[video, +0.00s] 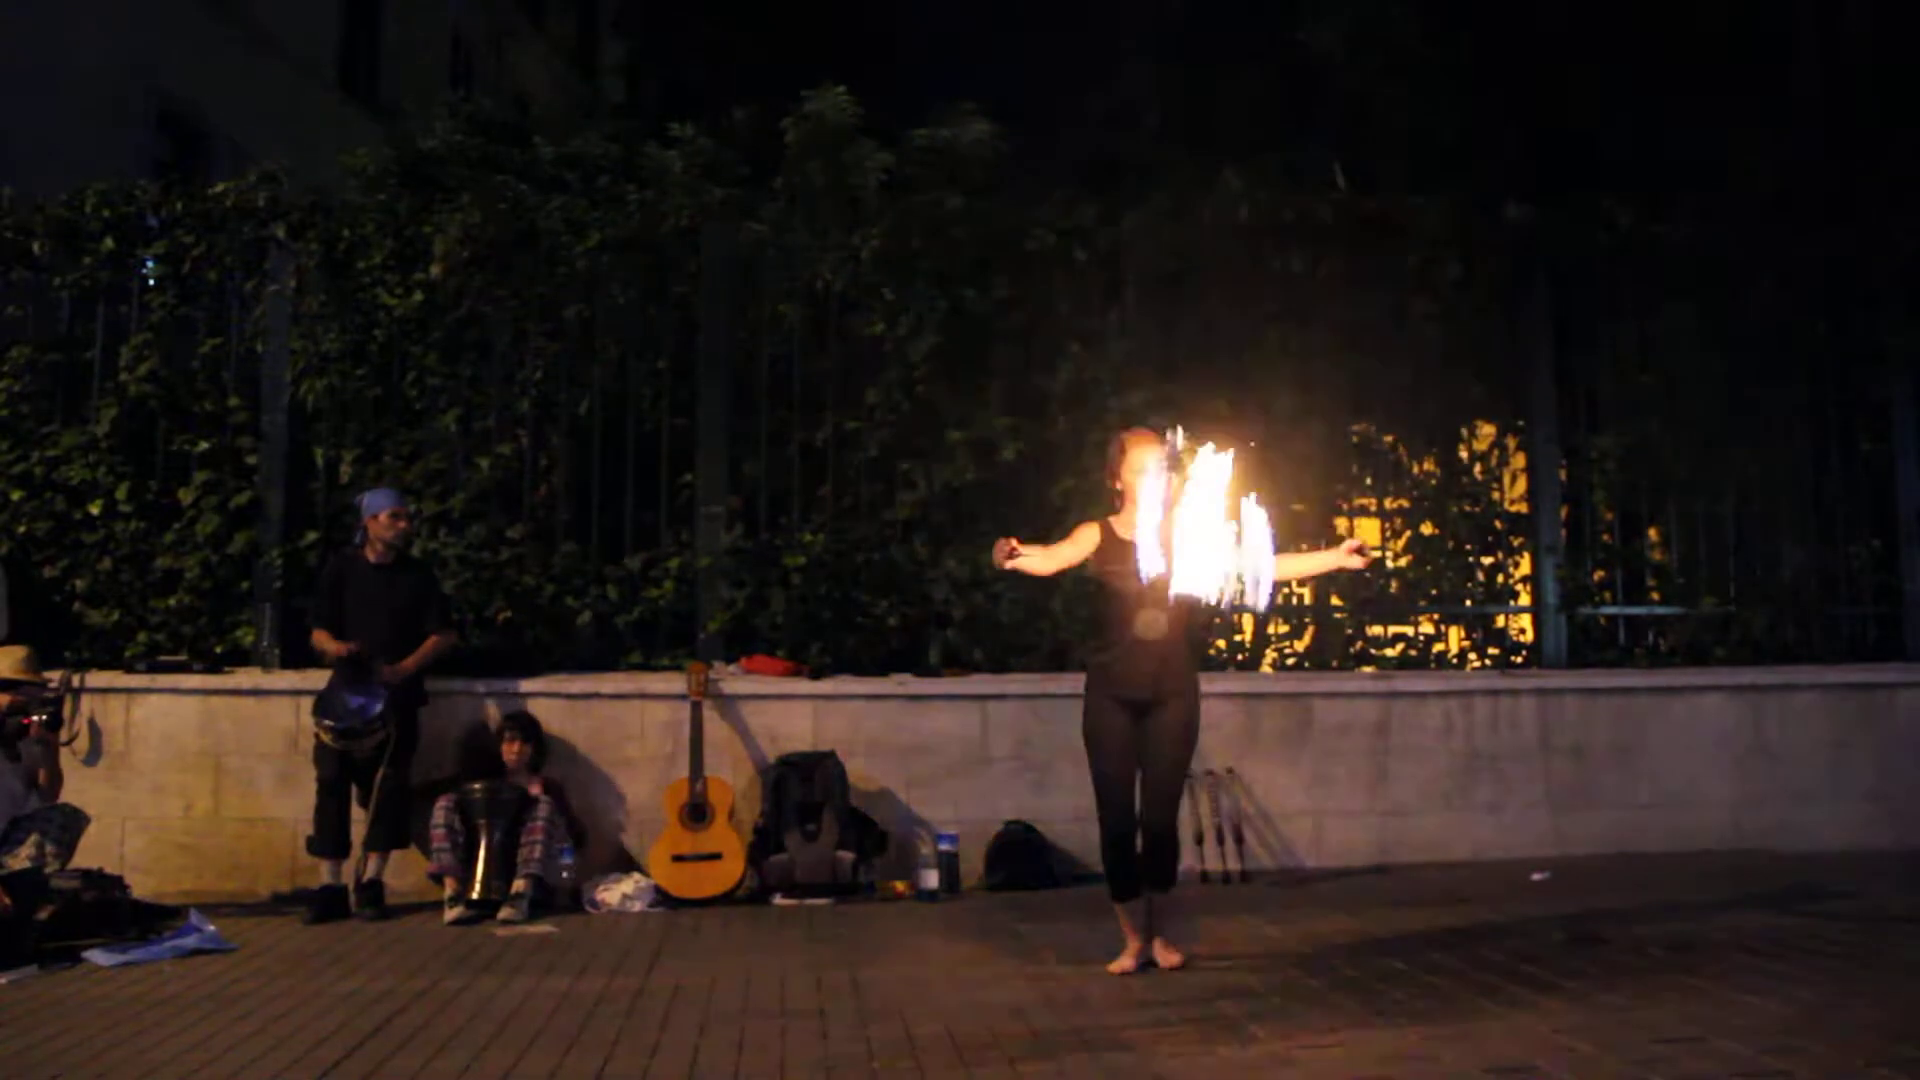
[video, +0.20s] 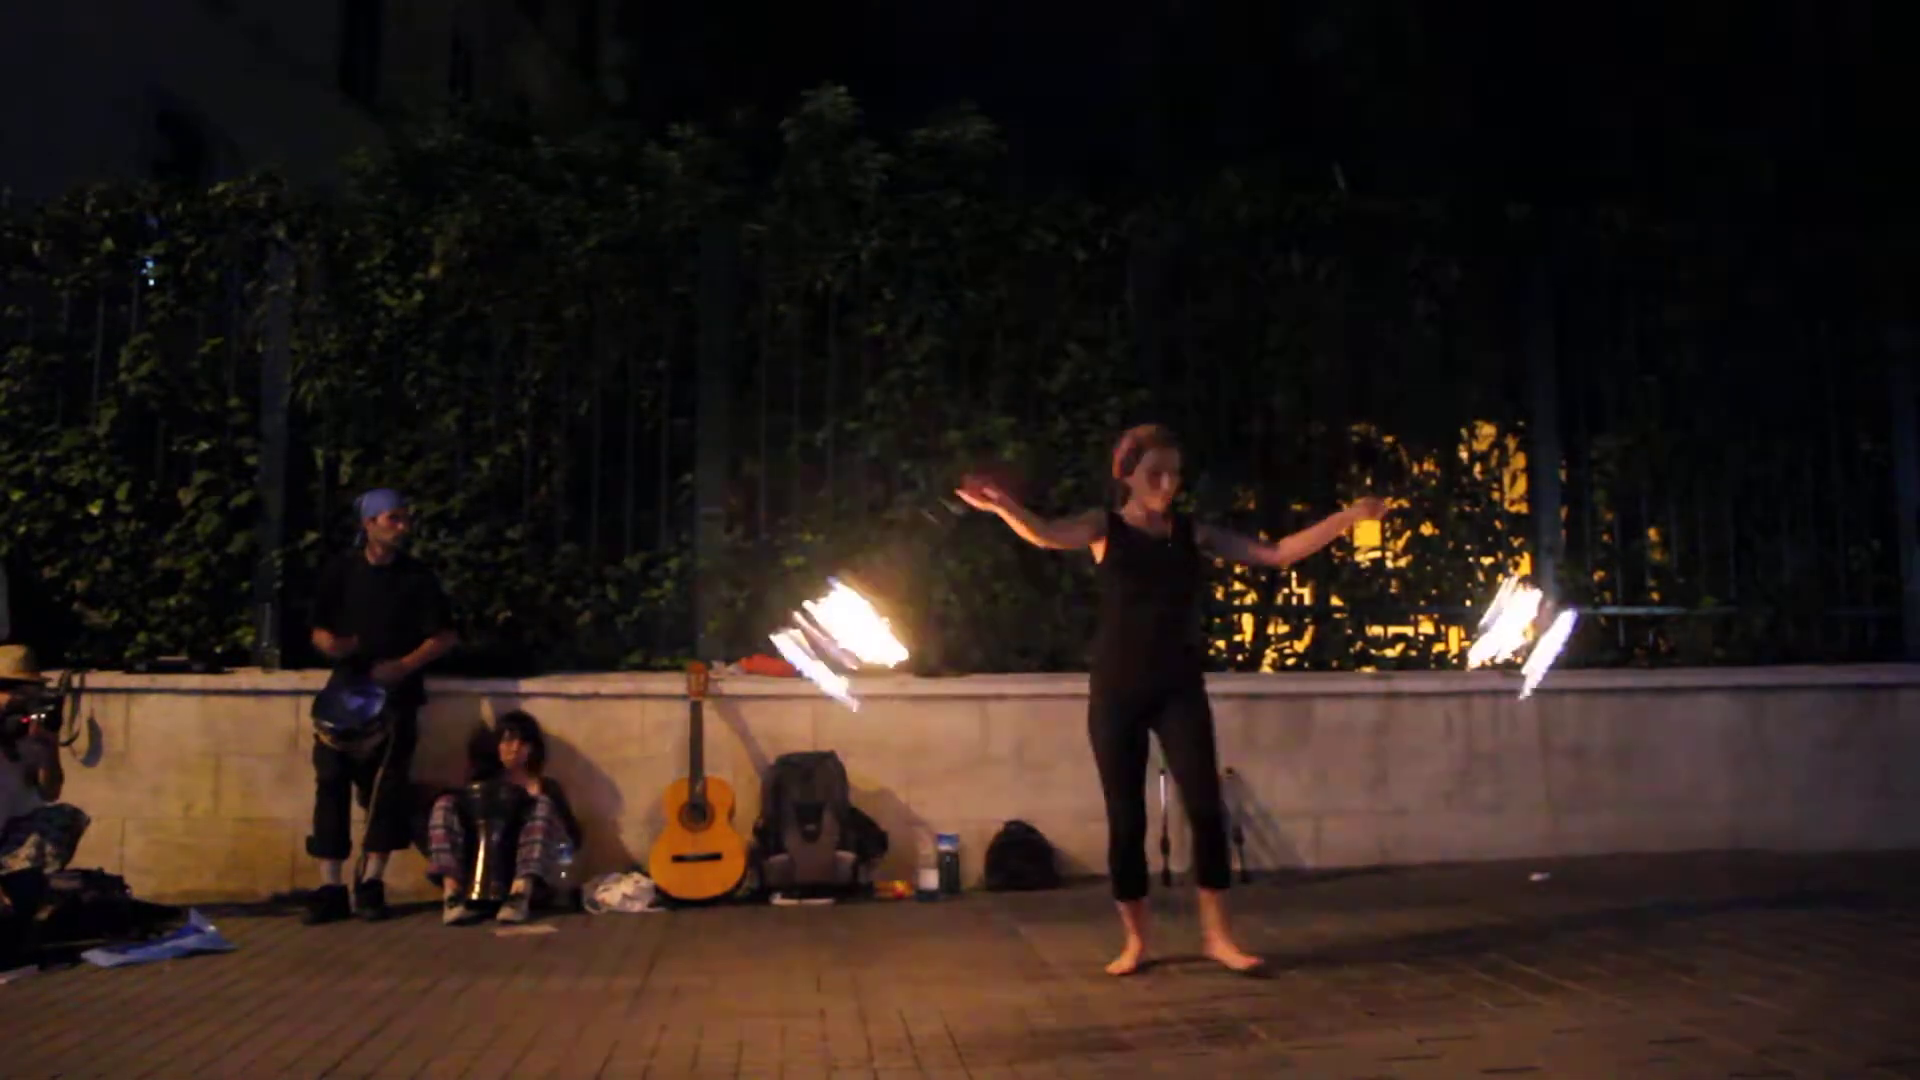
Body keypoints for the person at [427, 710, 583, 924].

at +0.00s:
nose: (516, 749)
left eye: (524, 742)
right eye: (510, 741)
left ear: (534, 749)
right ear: (500, 746)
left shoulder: (547, 787)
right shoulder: (487, 783)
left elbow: (570, 838)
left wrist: (541, 800)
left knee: (543, 806)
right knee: (445, 804)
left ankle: (521, 891)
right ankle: (452, 892)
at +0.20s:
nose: (515, 748)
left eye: (523, 741)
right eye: (508, 740)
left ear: (533, 749)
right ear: (498, 746)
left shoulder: (547, 787)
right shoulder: (483, 784)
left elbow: (572, 840)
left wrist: (540, 799)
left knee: (542, 806)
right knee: (444, 805)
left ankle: (520, 893)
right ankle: (451, 893)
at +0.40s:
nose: (511, 749)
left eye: (520, 743)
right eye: (505, 740)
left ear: (531, 750)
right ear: (495, 744)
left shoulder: (549, 788)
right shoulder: (477, 781)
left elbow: (570, 837)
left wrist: (536, 799)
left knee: (543, 806)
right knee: (445, 805)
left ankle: (521, 892)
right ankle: (452, 894)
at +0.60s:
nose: (510, 749)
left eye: (519, 744)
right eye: (505, 740)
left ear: (531, 752)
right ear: (495, 744)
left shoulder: (545, 788)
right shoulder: (475, 783)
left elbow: (572, 838)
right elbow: (434, 793)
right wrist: (468, 766)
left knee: (543, 804)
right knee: (444, 805)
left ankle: (520, 894)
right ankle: (451, 895)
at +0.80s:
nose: (507, 751)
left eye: (516, 745)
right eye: (501, 744)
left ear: (530, 750)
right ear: (491, 746)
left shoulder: (548, 787)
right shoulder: (479, 781)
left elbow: (573, 840)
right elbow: (443, 780)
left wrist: (539, 796)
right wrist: (487, 758)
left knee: (543, 807)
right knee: (444, 805)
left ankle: (521, 893)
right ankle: (451, 894)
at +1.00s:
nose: (514, 748)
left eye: (522, 741)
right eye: (508, 740)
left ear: (533, 749)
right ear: (499, 745)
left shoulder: (549, 790)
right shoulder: (480, 786)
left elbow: (573, 838)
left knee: (543, 806)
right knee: (444, 805)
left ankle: (520, 893)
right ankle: (451, 894)